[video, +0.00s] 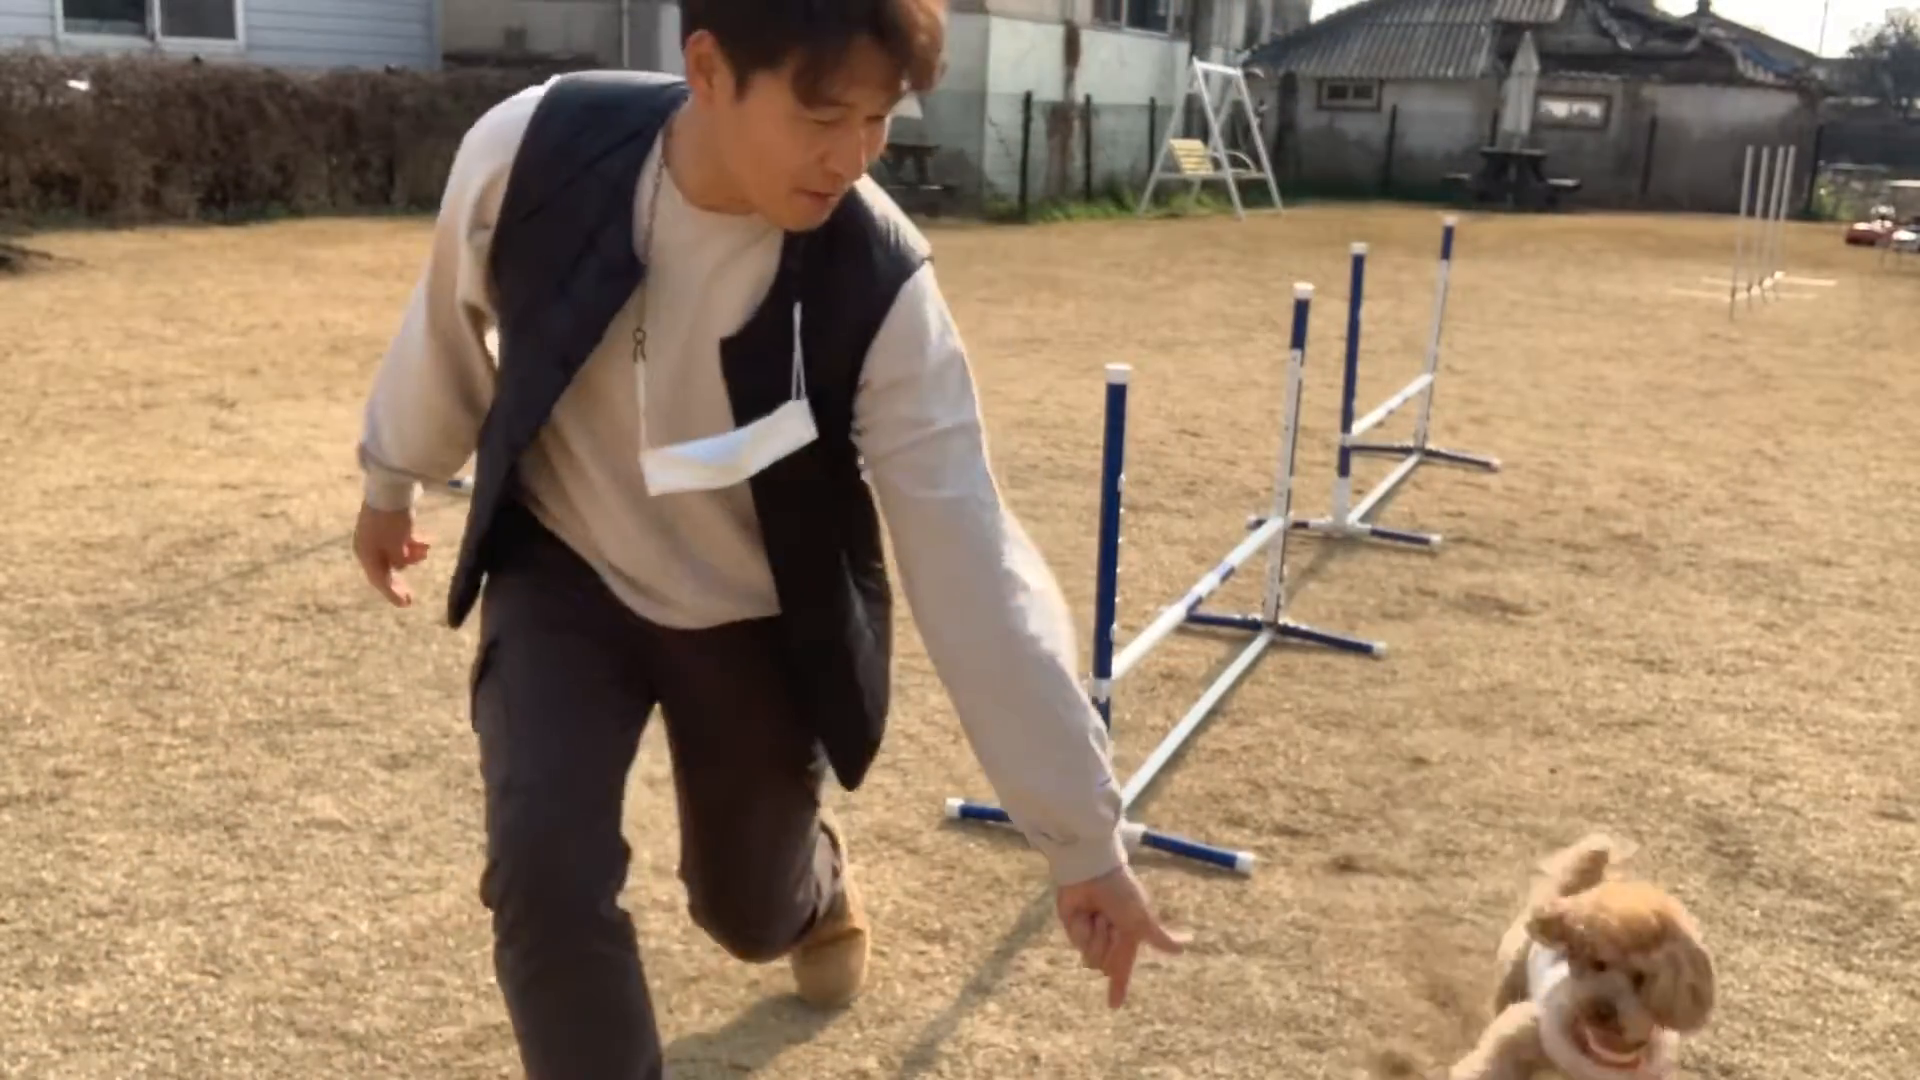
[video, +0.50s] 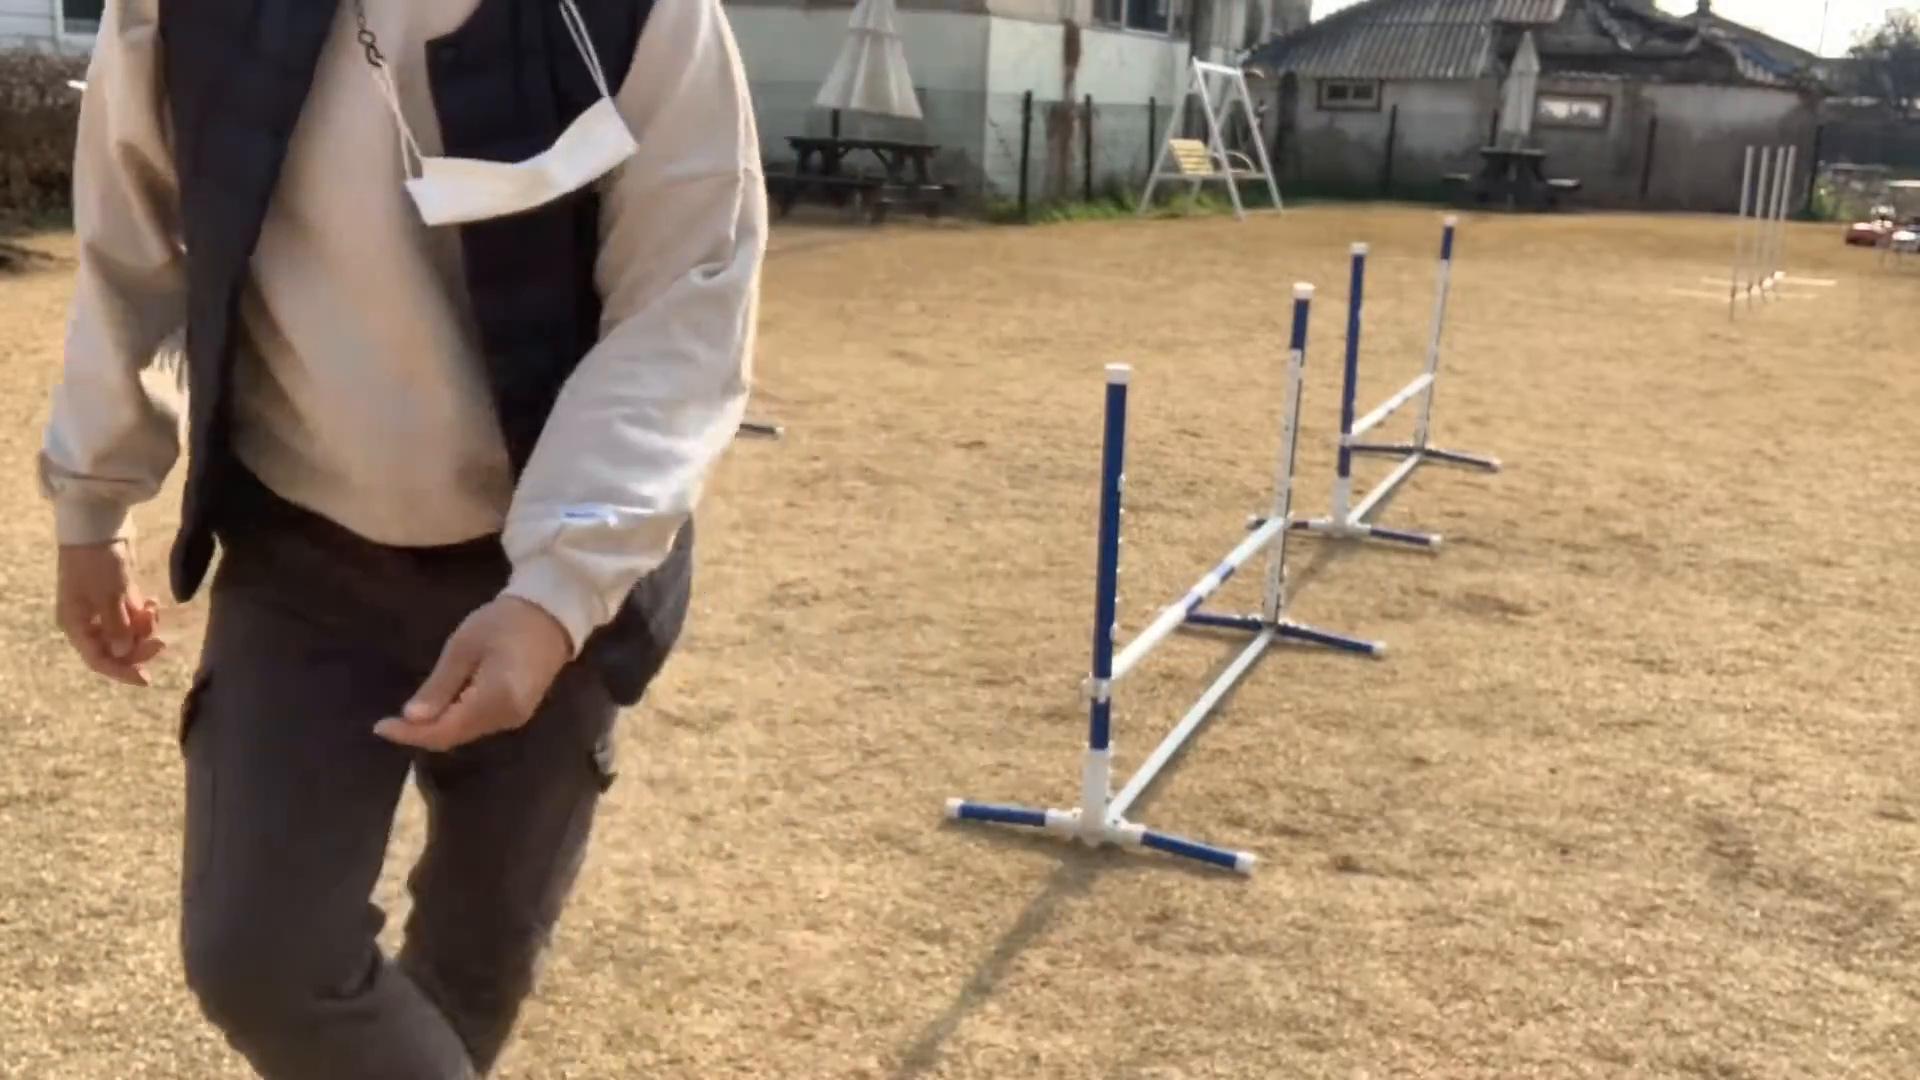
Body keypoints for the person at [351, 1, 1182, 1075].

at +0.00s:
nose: (854, 158)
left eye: (879, 121)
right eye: (820, 116)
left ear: (901, 107)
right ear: (707, 72)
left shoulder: (875, 280)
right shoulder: (532, 152)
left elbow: (972, 562)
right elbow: (447, 319)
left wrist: (1088, 847)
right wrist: (391, 476)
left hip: (749, 605)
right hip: (562, 568)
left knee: (748, 912)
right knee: (542, 887)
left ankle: (820, 888)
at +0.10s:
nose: (778, 160)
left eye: (813, 115)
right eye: (739, 112)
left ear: (840, 102)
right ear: (620, 66)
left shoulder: (828, 289)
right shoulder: (461, 151)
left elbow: (892, 627)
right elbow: (396, 359)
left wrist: (975, 942)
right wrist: (336, 542)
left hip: (715, 623)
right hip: (517, 589)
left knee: (695, 950)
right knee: (489, 917)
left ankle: (779, 897)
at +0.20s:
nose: (709, 73)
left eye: (743, 24)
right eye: (664, 19)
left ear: (772, 22)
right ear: (547, 5)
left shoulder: (785, 227)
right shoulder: (392, 98)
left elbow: (801, 585)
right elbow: (323, 332)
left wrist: (781, 921)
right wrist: (269, 550)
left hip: (682, 606)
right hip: (480, 581)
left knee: (647, 923)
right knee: (483, 930)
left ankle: (666, 983)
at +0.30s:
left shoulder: (746, 116)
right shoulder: (332, 38)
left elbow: (746, 477)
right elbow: (265, 284)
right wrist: (221, 515)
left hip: (654, 565)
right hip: (439, 552)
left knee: (632, 919)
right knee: (487, 940)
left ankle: (515, 1009)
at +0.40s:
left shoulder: (694, 24)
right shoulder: (236, 14)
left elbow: (706, 354)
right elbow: (200, 234)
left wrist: (527, 623)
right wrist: (165, 476)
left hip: (623, 545)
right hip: (384, 533)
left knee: (576, 922)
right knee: (433, 942)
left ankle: (460, 1066)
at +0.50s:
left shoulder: (642, 19)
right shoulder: (179, 14)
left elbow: (684, 313)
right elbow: (128, 247)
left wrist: (553, 596)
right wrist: (87, 513)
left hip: (555, 569)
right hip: (300, 553)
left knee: (473, 977)